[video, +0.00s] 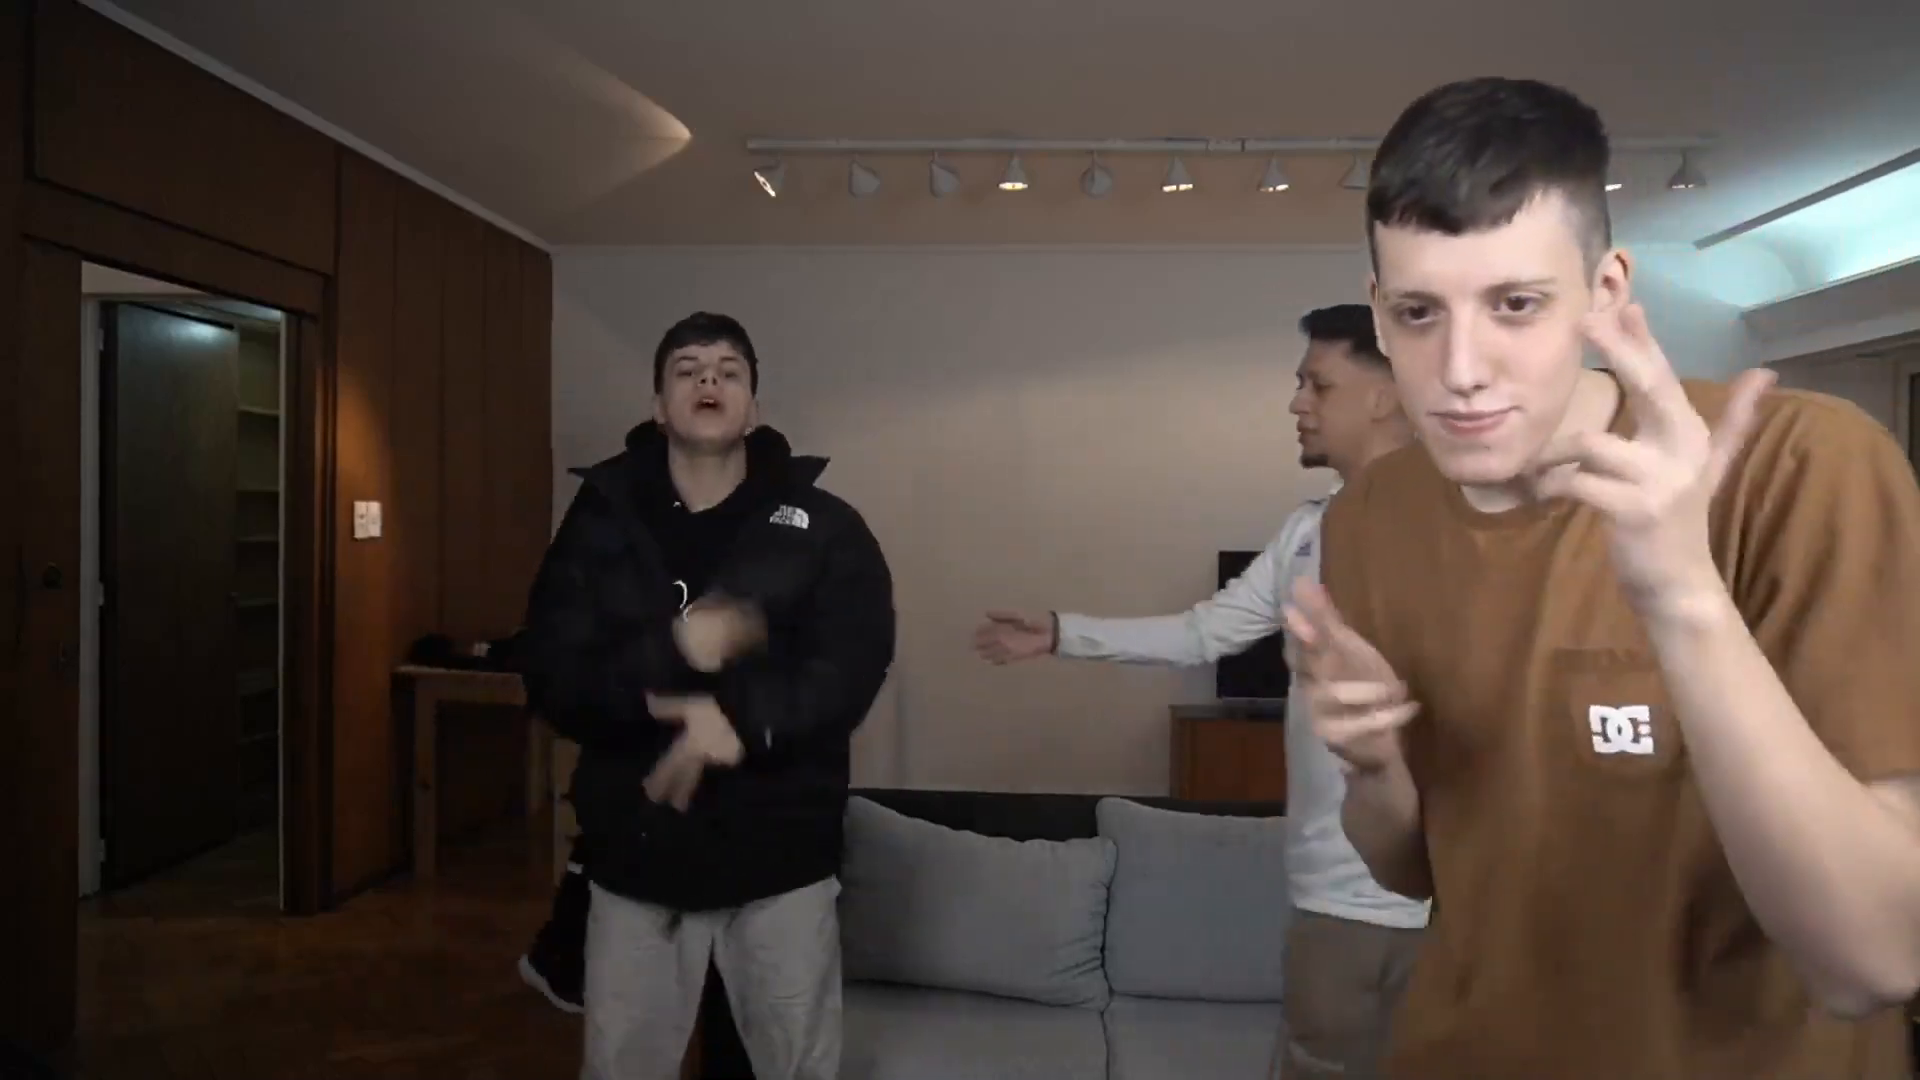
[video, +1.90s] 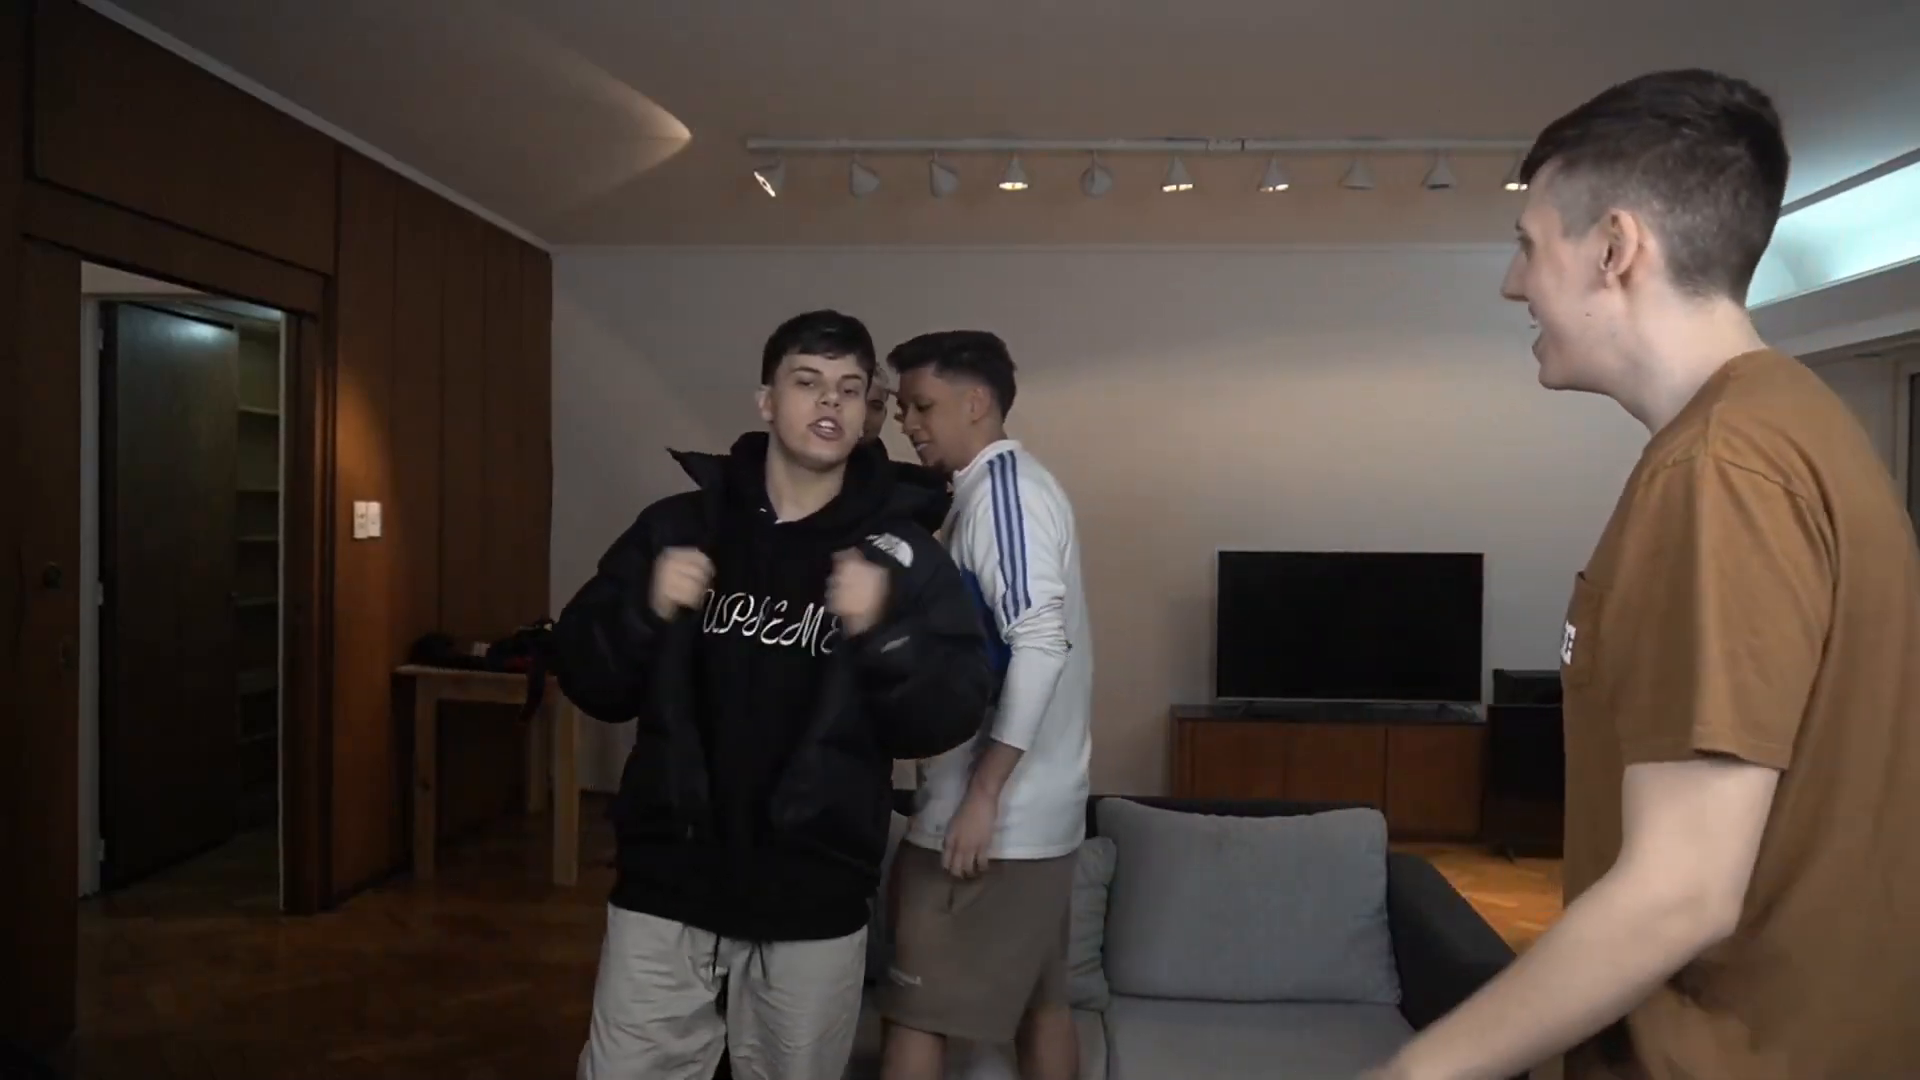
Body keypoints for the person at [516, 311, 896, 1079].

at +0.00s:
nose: (709, 382)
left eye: (729, 372)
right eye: (687, 372)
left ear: (755, 404)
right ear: (659, 403)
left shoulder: (822, 524)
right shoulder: (603, 515)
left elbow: (851, 667)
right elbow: (552, 676)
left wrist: (734, 722)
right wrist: (675, 648)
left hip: (780, 857)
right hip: (636, 858)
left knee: (797, 1066)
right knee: (621, 1066)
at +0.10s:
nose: (719, 396)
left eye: (739, 383)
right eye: (697, 383)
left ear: (764, 414)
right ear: (669, 412)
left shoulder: (836, 543)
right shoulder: (615, 530)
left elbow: (868, 705)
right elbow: (565, 691)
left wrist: (749, 771)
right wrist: (684, 743)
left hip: (799, 872)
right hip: (650, 871)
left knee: (814, 1070)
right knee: (583, 1064)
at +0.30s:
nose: (730, 399)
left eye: (750, 385)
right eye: (708, 384)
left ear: (775, 415)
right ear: (679, 409)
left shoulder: (848, 539)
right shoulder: (616, 545)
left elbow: (910, 695)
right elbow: (563, 701)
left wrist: (854, 734)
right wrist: (615, 802)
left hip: (815, 881)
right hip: (666, 886)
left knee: (815, 1072)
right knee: (628, 1071)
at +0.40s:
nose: (719, 397)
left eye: (740, 383)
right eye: (698, 383)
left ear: (771, 411)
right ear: (670, 410)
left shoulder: (832, 532)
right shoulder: (606, 538)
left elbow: (909, 673)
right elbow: (547, 686)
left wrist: (850, 633)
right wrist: (595, 759)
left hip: (800, 872)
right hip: (652, 875)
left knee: (805, 1070)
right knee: (623, 1070)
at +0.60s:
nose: (690, 397)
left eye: (710, 384)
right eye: (668, 382)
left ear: (734, 410)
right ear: (637, 408)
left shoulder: (785, 519)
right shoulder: (583, 518)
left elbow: (863, 671)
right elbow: (496, 686)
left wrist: (825, 577)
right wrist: (553, 648)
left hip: (745, 859)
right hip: (607, 856)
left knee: (768, 1067)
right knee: (618, 1069)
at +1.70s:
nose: (810, 399)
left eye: (829, 385)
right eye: (788, 380)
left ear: (848, 411)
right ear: (746, 405)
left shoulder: (893, 549)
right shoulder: (666, 532)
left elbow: (929, 691)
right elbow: (578, 673)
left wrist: (792, 651)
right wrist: (679, 644)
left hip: (808, 898)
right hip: (663, 888)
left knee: (790, 1070)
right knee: (624, 1066)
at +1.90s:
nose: (830, 402)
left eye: (851, 388)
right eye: (807, 382)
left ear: (870, 416)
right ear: (765, 403)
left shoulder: (903, 553)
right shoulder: (681, 526)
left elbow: (947, 718)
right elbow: (589, 679)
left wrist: (882, 627)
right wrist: (645, 604)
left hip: (811, 895)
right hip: (669, 883)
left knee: (796, 1071)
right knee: (629, 1069)